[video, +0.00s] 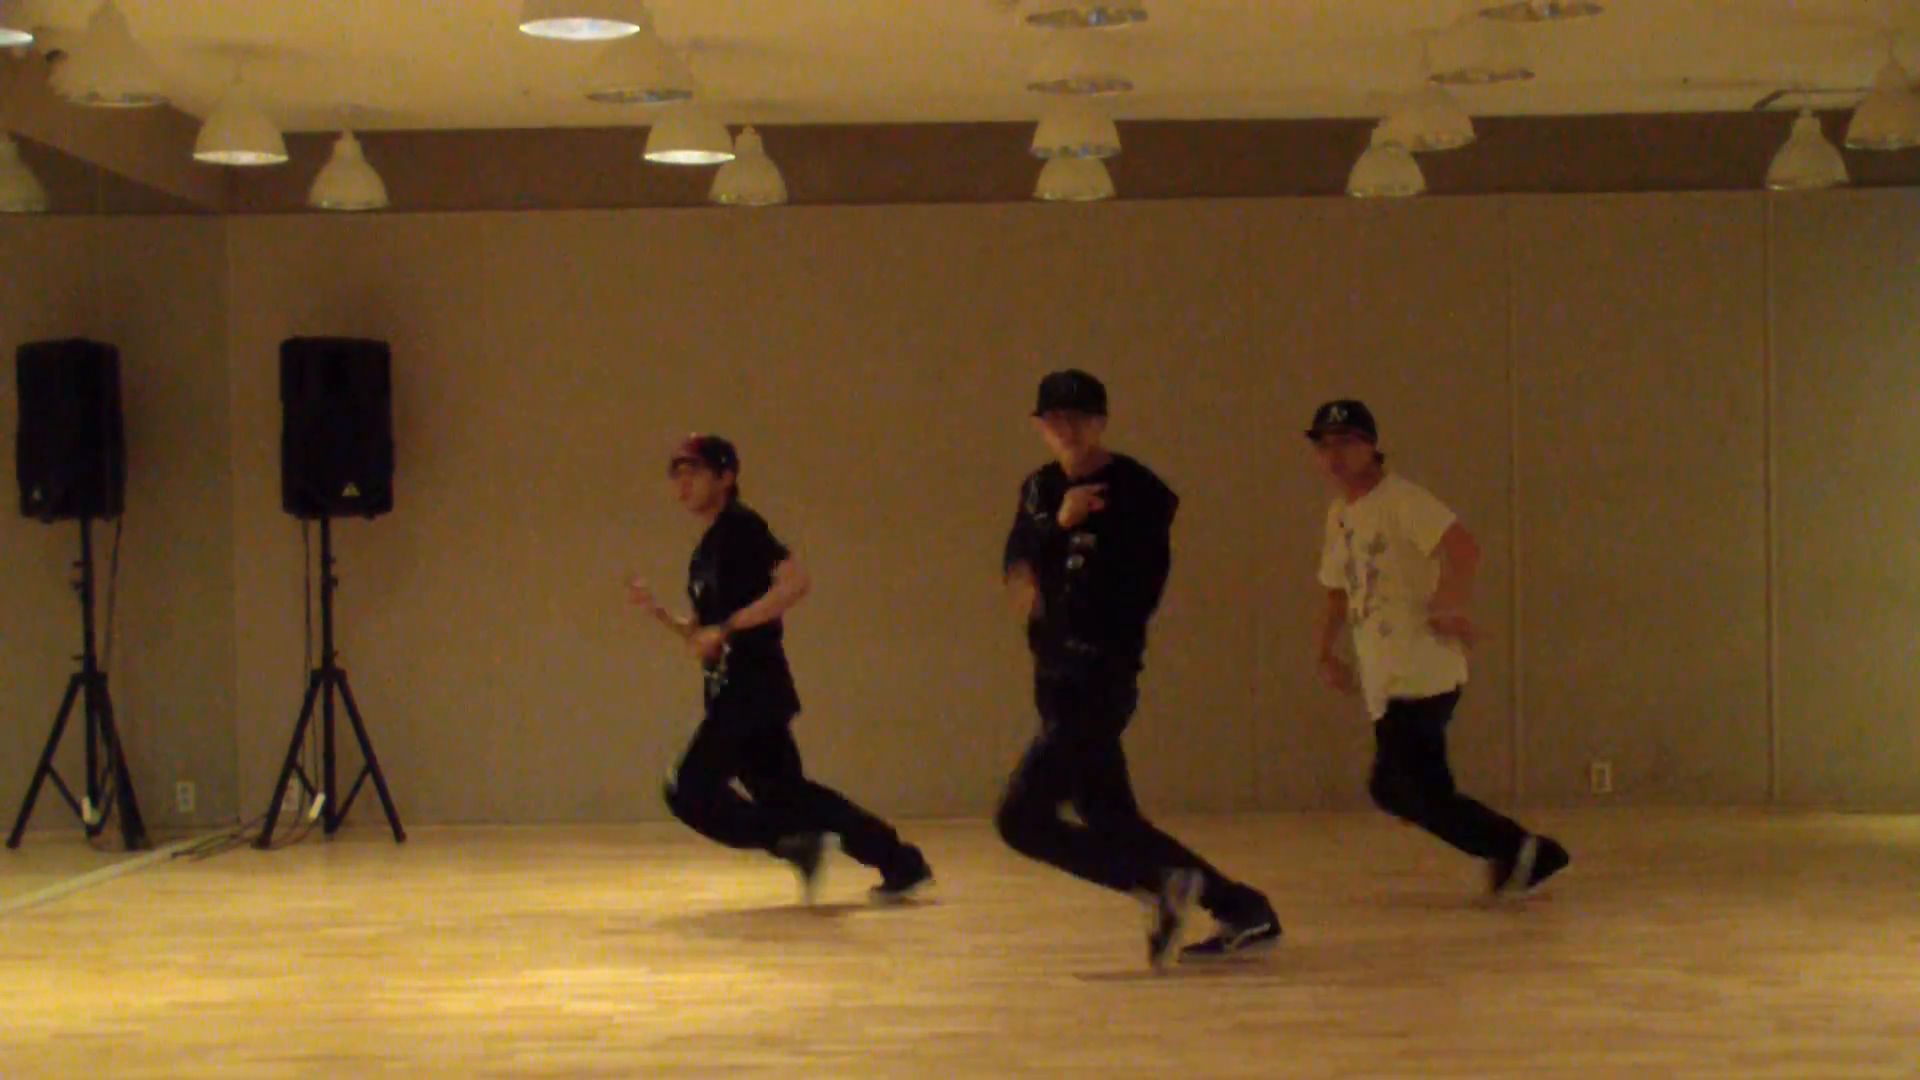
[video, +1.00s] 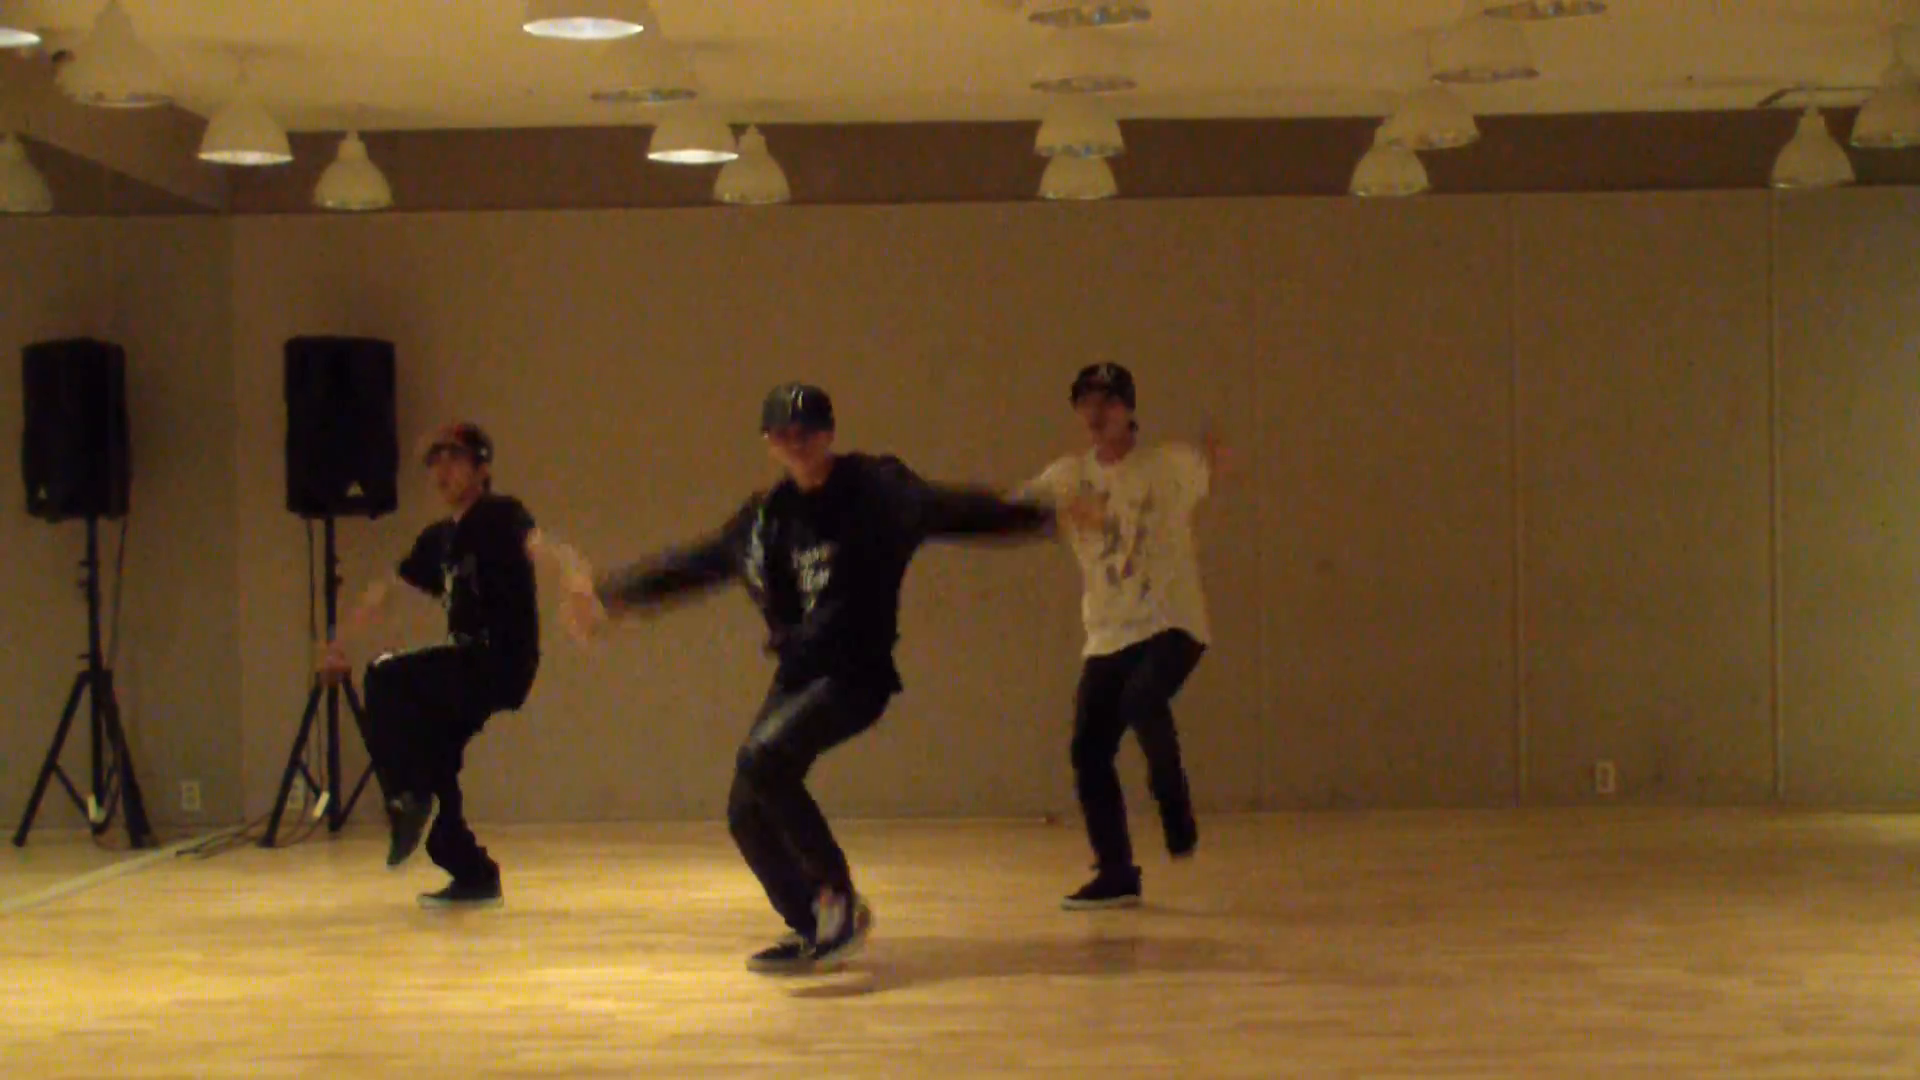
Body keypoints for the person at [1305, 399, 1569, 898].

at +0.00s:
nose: (1331, 456)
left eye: (1342, 444)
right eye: (1324, 447)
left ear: (1370, 448)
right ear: (1318, 454)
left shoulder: (1402, 497)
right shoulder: (1340, 515)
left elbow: (1463, 547)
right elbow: (1336, 590)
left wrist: (1448, 604)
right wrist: (1326, 651)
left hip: (1425, 669)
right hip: (1386, 675)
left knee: (1392, 785)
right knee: (1424, 791)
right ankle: (1525, 850)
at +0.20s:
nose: (1337, 454)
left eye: (1351, 444)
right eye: (1331, 443)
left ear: (1377, 455)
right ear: (1323, 451)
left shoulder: (1375, 515)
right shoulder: (1323, 512)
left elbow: (1311, 559)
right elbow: (1259, 558)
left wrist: (1280, 512)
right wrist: (1283, 512)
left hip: (1374, 693)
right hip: (1320, 688)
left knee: (1415, 806)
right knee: (1247, 763)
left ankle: (1539, 858)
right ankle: (1315, 843)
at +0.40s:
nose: (1208, 465)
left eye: (1220, 454)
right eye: (1205, 455)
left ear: (1250, 461)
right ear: (1203, 460)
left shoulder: (1252, 524)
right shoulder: (1232, 521)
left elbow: (1160, 538)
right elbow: (1166, 540)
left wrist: (1095, 506)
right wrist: (1101, 508)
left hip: (1259, 694)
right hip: (1222, 686)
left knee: (1241, 815)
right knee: (1128, 757)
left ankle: (1369, 876)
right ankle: (1114, 883)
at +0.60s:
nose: (1108, 497)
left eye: (1119, 485)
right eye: (1104, 486)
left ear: (1150, 485)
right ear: (1103, 486)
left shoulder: (1182, 538)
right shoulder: (1128, 532)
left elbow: (1105, 596)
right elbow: (1083, 585)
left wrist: (1035, 629)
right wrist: (1028, 613)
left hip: (1203, 696)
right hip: (1153, 687)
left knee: (1132, 785)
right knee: (1081, 761)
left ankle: (1244, 865)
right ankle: (1113, 874)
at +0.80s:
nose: (1074, 488)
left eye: (1084, 476)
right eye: (1068, 476)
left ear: (1113, 480)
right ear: (1064, 480)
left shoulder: (1151, 534)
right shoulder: (1079, 531)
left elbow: (1144, 635)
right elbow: (1069, 615)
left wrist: (1098, 699)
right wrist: (1050, 687)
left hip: (1178, 675)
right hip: (1121, 676)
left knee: (1113, 740)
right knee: (1062, 761)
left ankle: (1186, 819)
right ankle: (1111, 872)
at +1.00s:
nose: (1096, 420)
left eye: (1106, 409)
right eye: (1086, 411)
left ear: (1130, 411)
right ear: (1077, 417)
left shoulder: (1170, 465)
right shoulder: (1069, 477)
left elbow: (1204, 477)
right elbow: (1010, 508)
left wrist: (1219, 469)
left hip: (1174, 625)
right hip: (1109, 638)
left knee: (1143, 699)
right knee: (1089, 749)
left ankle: (1174, 811)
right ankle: (1115, 870)